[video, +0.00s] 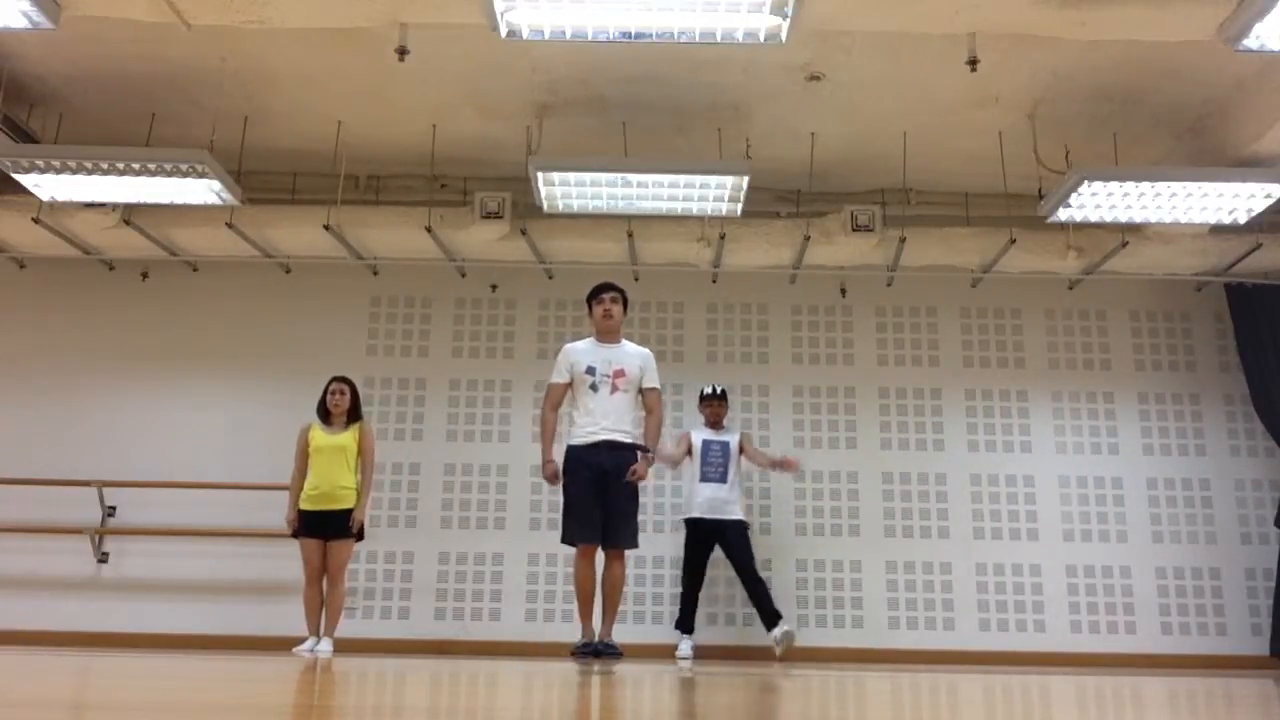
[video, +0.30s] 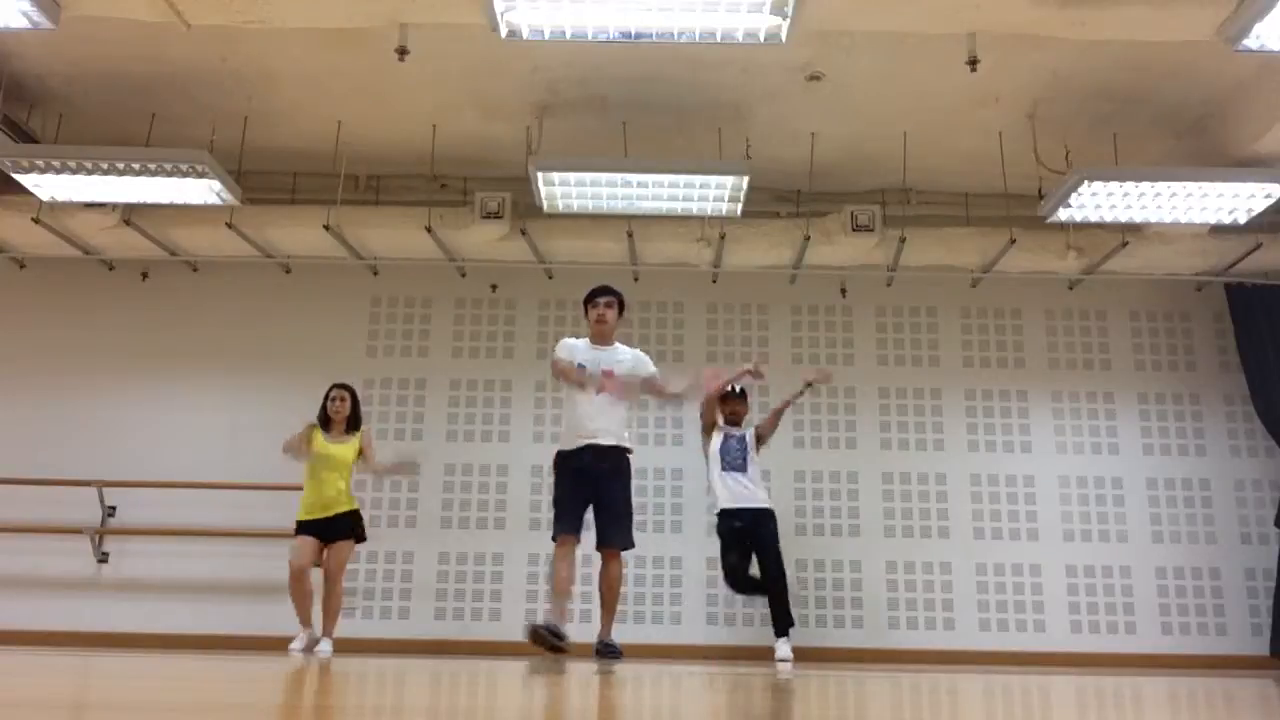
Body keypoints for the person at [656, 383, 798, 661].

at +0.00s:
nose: (715, 412)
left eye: (719, 406)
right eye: (710, 406)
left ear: (727, 409)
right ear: (700, 409)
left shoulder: (737, 439)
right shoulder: (690, 437)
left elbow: (759, 458)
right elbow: (673, 458)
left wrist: (779, 463)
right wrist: (655, 451)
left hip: (731, 519)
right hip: (699, 518)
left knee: (749, 574)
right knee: (692, 581)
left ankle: (777, 629)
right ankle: (685, 638)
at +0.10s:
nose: (722, 411)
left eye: (727, 406)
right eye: (717, 406)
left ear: (734, 408)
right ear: (708, 409)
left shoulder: (743, 435)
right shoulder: (700, 436)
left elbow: (761, 447)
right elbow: (699, 448)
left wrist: (750, 430)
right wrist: (717, 432)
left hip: (745, 517)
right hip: (713, 518)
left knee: (759, 578)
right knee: (703, 580)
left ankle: (779, 636)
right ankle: (690, 636)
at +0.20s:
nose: (735, 405)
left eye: (737, 400)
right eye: (729, 400)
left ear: (741, 406)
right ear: (717, 406)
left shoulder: (750, 436)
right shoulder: (710, 437)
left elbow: (773, 431)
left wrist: (771, 408)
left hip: (757, 514)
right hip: (725, 515)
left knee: (771, 577)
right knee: (717, 577)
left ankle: (781, 637)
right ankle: (726, 627)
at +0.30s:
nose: (735, 409)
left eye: (740, 403)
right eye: (730, 403)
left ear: (747, 408)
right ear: (721, 407)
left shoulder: (753, 437)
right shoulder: (712, 435)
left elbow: (778, 414)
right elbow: (710, 397)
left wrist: (804, 388)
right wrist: (743, 372)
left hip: (761, 513)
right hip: (730, 514)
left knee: (774, 578)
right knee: (736, 580)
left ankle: (782, 639)